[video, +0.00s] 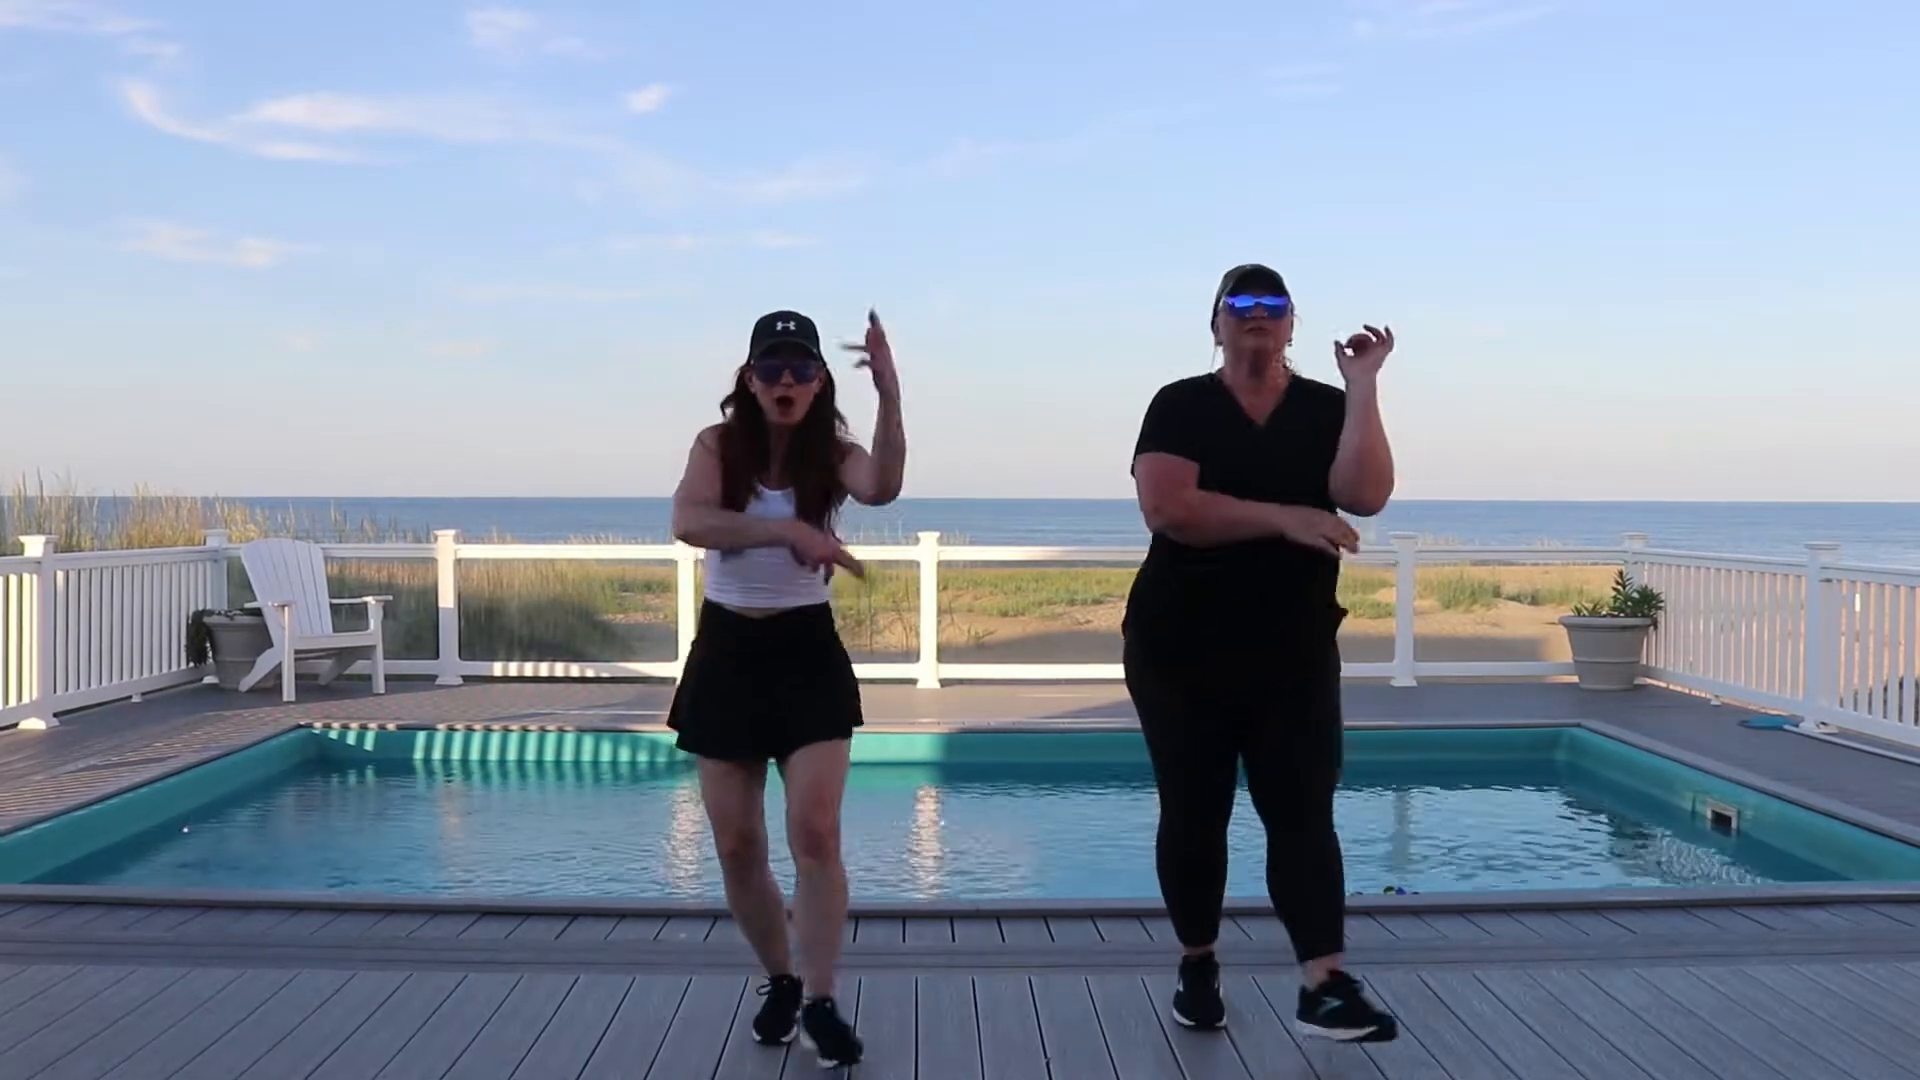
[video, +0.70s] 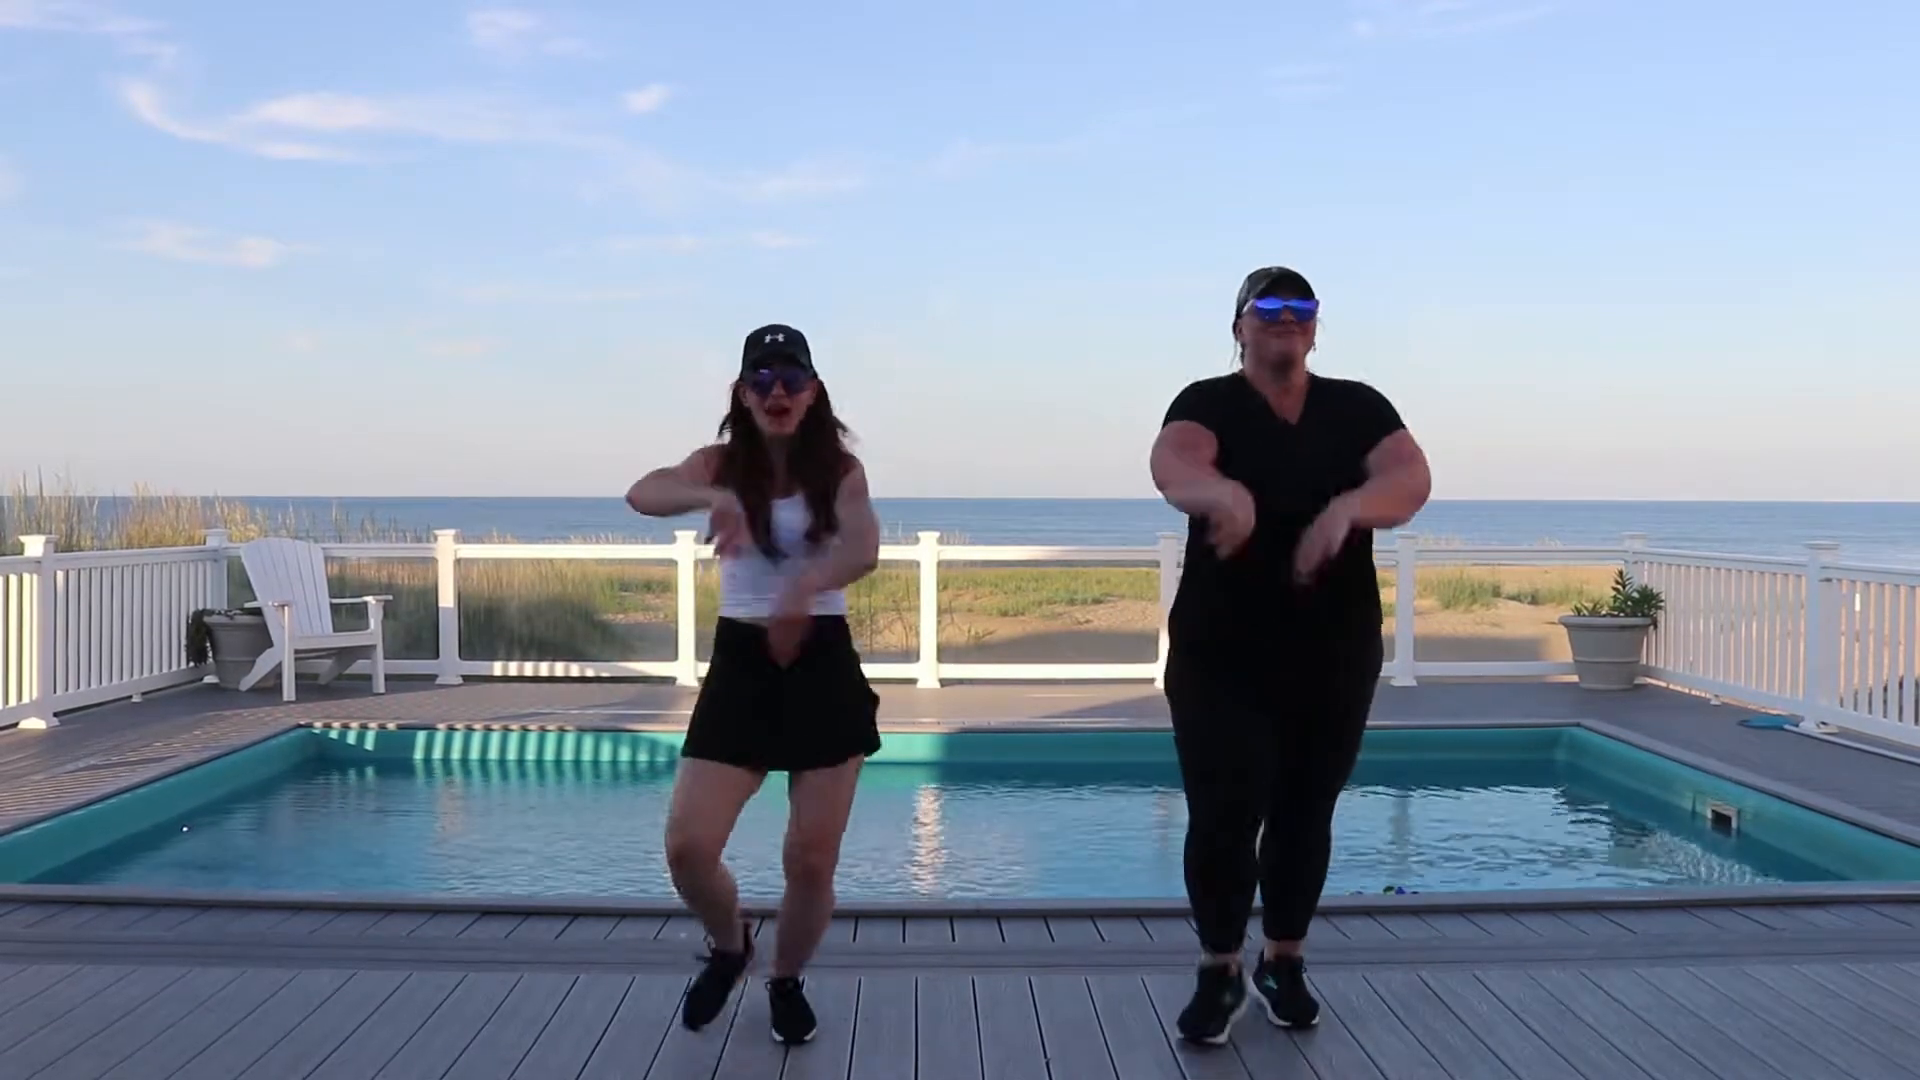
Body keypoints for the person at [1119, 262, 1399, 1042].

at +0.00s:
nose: (1260, 316)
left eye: (1273, 306)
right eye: (1244, 306)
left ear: (1291, 324)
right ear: (1218, 323)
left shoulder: (1327, 412)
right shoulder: (1181, 405)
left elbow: (1368, 494)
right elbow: (1167, 508)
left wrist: (1362, 387)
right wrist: (1284, 518)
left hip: (1293, 645)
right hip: (1184, 646)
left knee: (1303, 808)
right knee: (1193, 808)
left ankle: (1324, 978)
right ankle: (1198, 962)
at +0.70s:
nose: (1287, 326)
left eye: (1299, 315)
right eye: (1271, 315)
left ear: (1315, 329)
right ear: (1241, 328)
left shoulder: (1356, 406)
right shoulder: (1206, 402)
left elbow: (1411, 478)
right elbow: (1174, 465)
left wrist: (1349, 507)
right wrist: (1221, 493)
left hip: (1331, 656)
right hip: (1221, 655)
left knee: (1305, 813)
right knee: (1222, 814)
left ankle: (1284, 964)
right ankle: (1219, 970)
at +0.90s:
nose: (1285, 323)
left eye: (1296, 311)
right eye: (1269, 312)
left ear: (1314, 323)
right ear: (1238, 326)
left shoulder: (1353, 403)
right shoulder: (1205, 407)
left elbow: (1398, 494)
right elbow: (1218, 482)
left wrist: (1295, 502)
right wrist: (1234, 367)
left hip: (1328, 652)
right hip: (1218, 652)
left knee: (1310, 812)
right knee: (1230, 812)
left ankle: (1285, 958)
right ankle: (1226, 986)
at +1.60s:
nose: (1268, 327)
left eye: (1282, 316)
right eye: (1252, 316)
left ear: (1299, 331)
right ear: (1223, 330)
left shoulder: (1339, 416)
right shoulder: (1185, 418)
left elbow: (1394, 497)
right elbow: (1166, 509)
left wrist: (1329, 406)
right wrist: (1260, 476)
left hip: (1298, 658)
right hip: (1184, 661)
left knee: (1314, 824)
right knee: (1197, 819)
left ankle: (1311, 995)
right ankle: (1203, 976)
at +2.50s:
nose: (1286, 364)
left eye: (1298, 350)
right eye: (1271, 349)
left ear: (1313, 340)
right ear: (1238, 339)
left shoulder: (1353, 409)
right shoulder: (1195, 408)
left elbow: (1409, 489)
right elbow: (1179, 470)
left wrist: (1307, 498)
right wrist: (1230, 384)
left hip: (1327, 667)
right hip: (1216, 665)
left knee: (1301, 823)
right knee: (1222, 825)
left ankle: (1278, 974)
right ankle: (1214, 1000)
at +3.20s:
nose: (1269, 318)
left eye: (1284, 306)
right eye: (1254, 305)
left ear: (1304, 316)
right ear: (1229, 314)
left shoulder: (1346, 399)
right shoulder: (1186, 396)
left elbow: (1421, 475)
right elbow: (1165, 460)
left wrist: (1329, 488)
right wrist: (1264, 451)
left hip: (1321, 652)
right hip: (1206, 650)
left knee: (1306, 818)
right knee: (1211, 817)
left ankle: (1285, 966)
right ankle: (1220, 968)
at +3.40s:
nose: (1273, 321)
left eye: (1287, 312)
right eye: (1259, 309)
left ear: (1303, 331)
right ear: (1228, 324)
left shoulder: (1342, 418)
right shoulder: (1186, 414)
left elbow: (1420, 475)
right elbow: (1163, 505)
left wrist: (1377, 379)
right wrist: (1287, 520)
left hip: (1313, 664)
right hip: (1199, 664)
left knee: (1318, 828)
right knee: (1210, 830)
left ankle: (1344, 1003)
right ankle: (1222, 974)